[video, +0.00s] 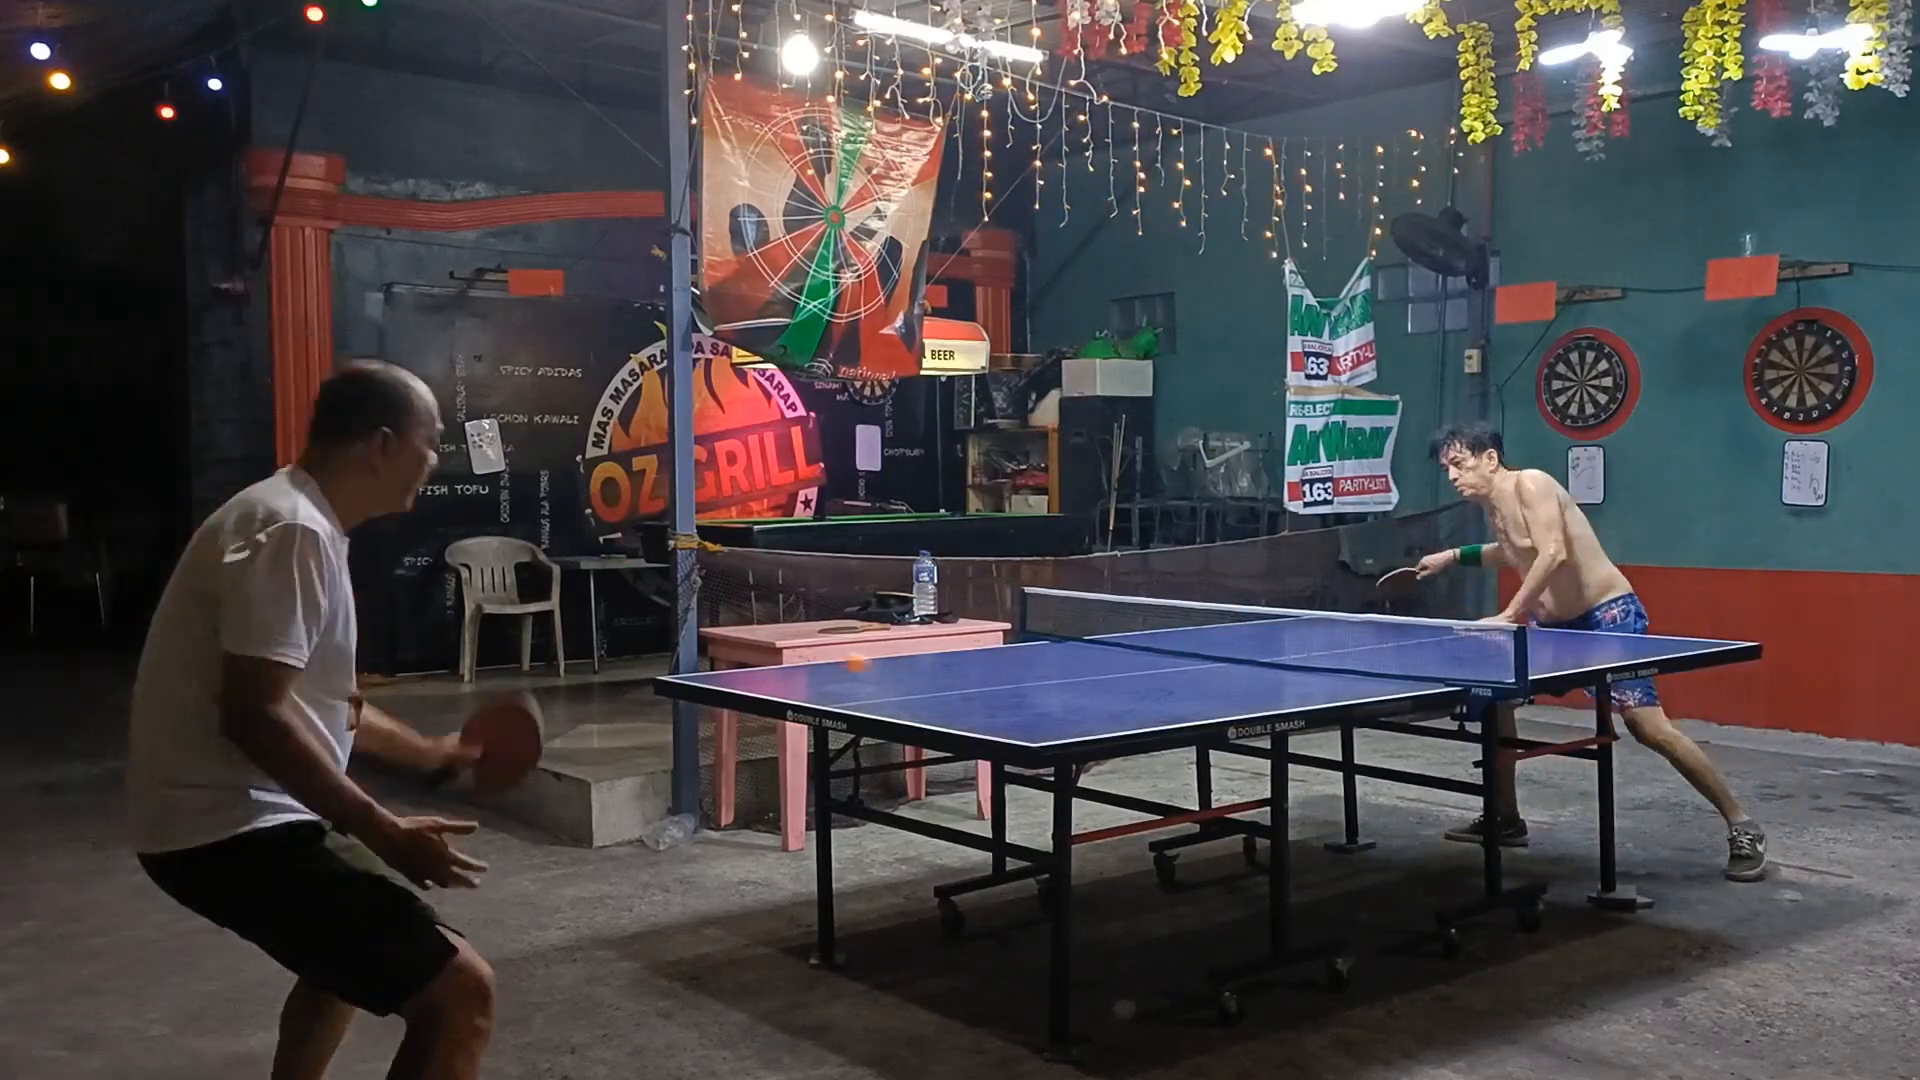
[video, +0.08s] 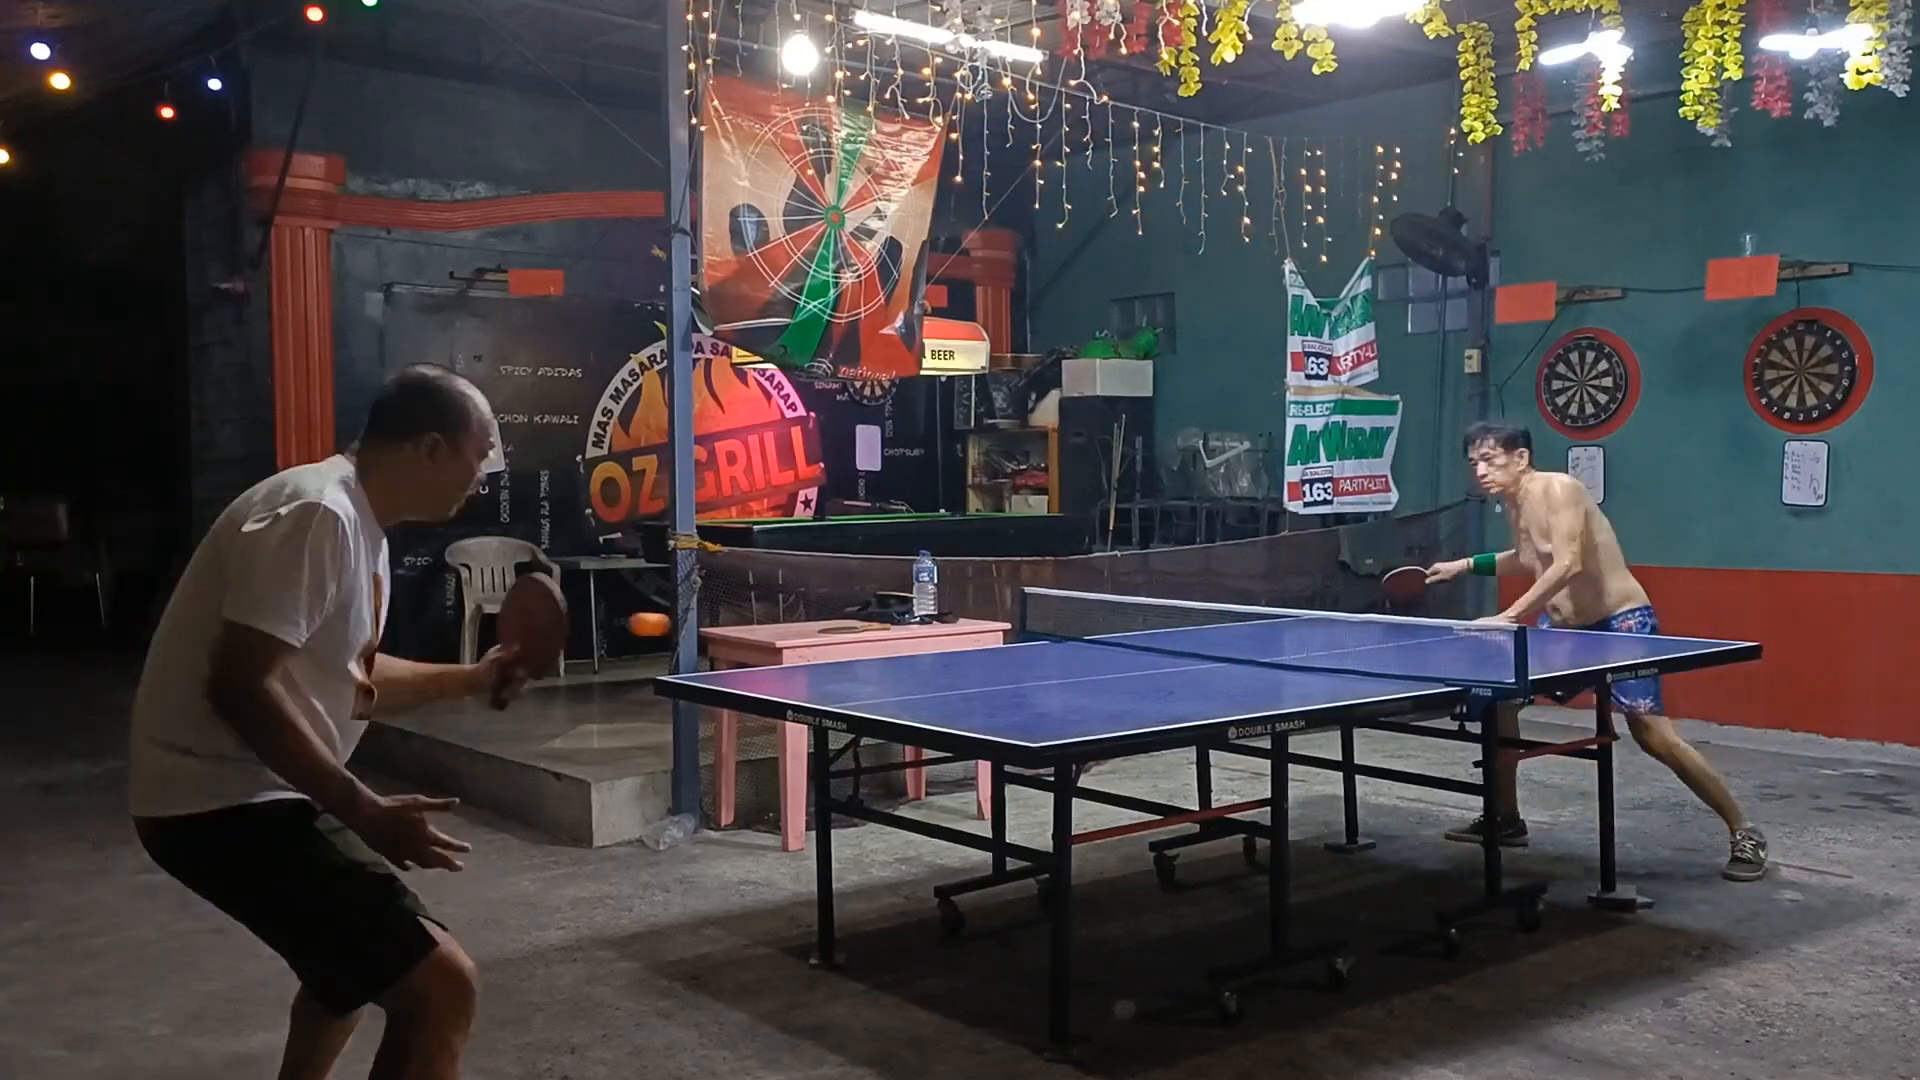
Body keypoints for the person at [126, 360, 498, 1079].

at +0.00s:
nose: (433, 465)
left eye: (435, 447)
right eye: (429, 445)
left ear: (362, 440)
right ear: (380, 443)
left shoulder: (299, 523)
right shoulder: (288, 531)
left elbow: (323, 703)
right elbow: (254, 714)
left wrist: (434, 754)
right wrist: (384, 830)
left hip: (239, 813)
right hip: (222, 826)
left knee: (350, 949)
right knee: (460, 991)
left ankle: (293, 1072)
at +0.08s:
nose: (477, 483)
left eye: (483, 466)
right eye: (477, 462)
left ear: (421, 448)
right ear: (430, 450)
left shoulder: (362, 526)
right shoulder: (315, 513)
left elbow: (356, 682)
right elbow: (237, 683)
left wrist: (477, 678)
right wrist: (364, 808)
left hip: (269, 789)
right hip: (215, 800)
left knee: (346, 963)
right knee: (442, 988)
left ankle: (301, 1072)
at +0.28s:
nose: (505, 465)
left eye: (509, 447)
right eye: (503, 444)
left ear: (451, 437)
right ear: (458, 437)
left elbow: (408, 669)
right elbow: (191, 623)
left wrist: (547, 717)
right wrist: (223, 801)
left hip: (304, 783)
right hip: (223, 785)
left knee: (327, 1002)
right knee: (399, 992)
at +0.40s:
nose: (498, 451)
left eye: (500, 432)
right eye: (494, 429)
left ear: (437, 424)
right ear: (447, 425)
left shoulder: (385, 520)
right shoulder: (323, 489)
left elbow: (368, 668)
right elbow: (184, 615)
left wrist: (494, 734)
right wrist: (150, 803)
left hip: (291, 788)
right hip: (230, 790)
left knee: (306, 989)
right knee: (403, 995)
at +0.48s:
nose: (472, 433)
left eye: (474, 413)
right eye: (467, 410)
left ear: (409, 409)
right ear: (423, 410)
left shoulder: (330, 481)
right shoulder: (329, 486)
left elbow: (320, 672)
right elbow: (190, 615)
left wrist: (426, 747)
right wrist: (113, 802)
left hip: (222, 783)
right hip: (212, 791)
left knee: (258, 962)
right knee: (395, 999)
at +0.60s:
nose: (419, 421)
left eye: (423, 402)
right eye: (418, 400)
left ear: (313, 392)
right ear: (376, 402)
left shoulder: (237, 466)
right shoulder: (296, 485)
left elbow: (239, 671)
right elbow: (174, 631)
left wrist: (343, 765)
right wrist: (113, 822)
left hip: (125, 783)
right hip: (195, 800)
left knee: (207, 958)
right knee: (382, 998)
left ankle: (133, 1072)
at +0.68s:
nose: (372, 415)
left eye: (375, 396)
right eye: (370, 393)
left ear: (289, 391)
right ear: (326, 397)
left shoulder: (199, 469)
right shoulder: (246, 484)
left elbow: (192, 678)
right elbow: (137, 636)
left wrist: (303, 771)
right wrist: (116, 837)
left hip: (86, 787)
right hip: (162, 799)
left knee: (167, 966)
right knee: (351, 999)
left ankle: (52, 1070)